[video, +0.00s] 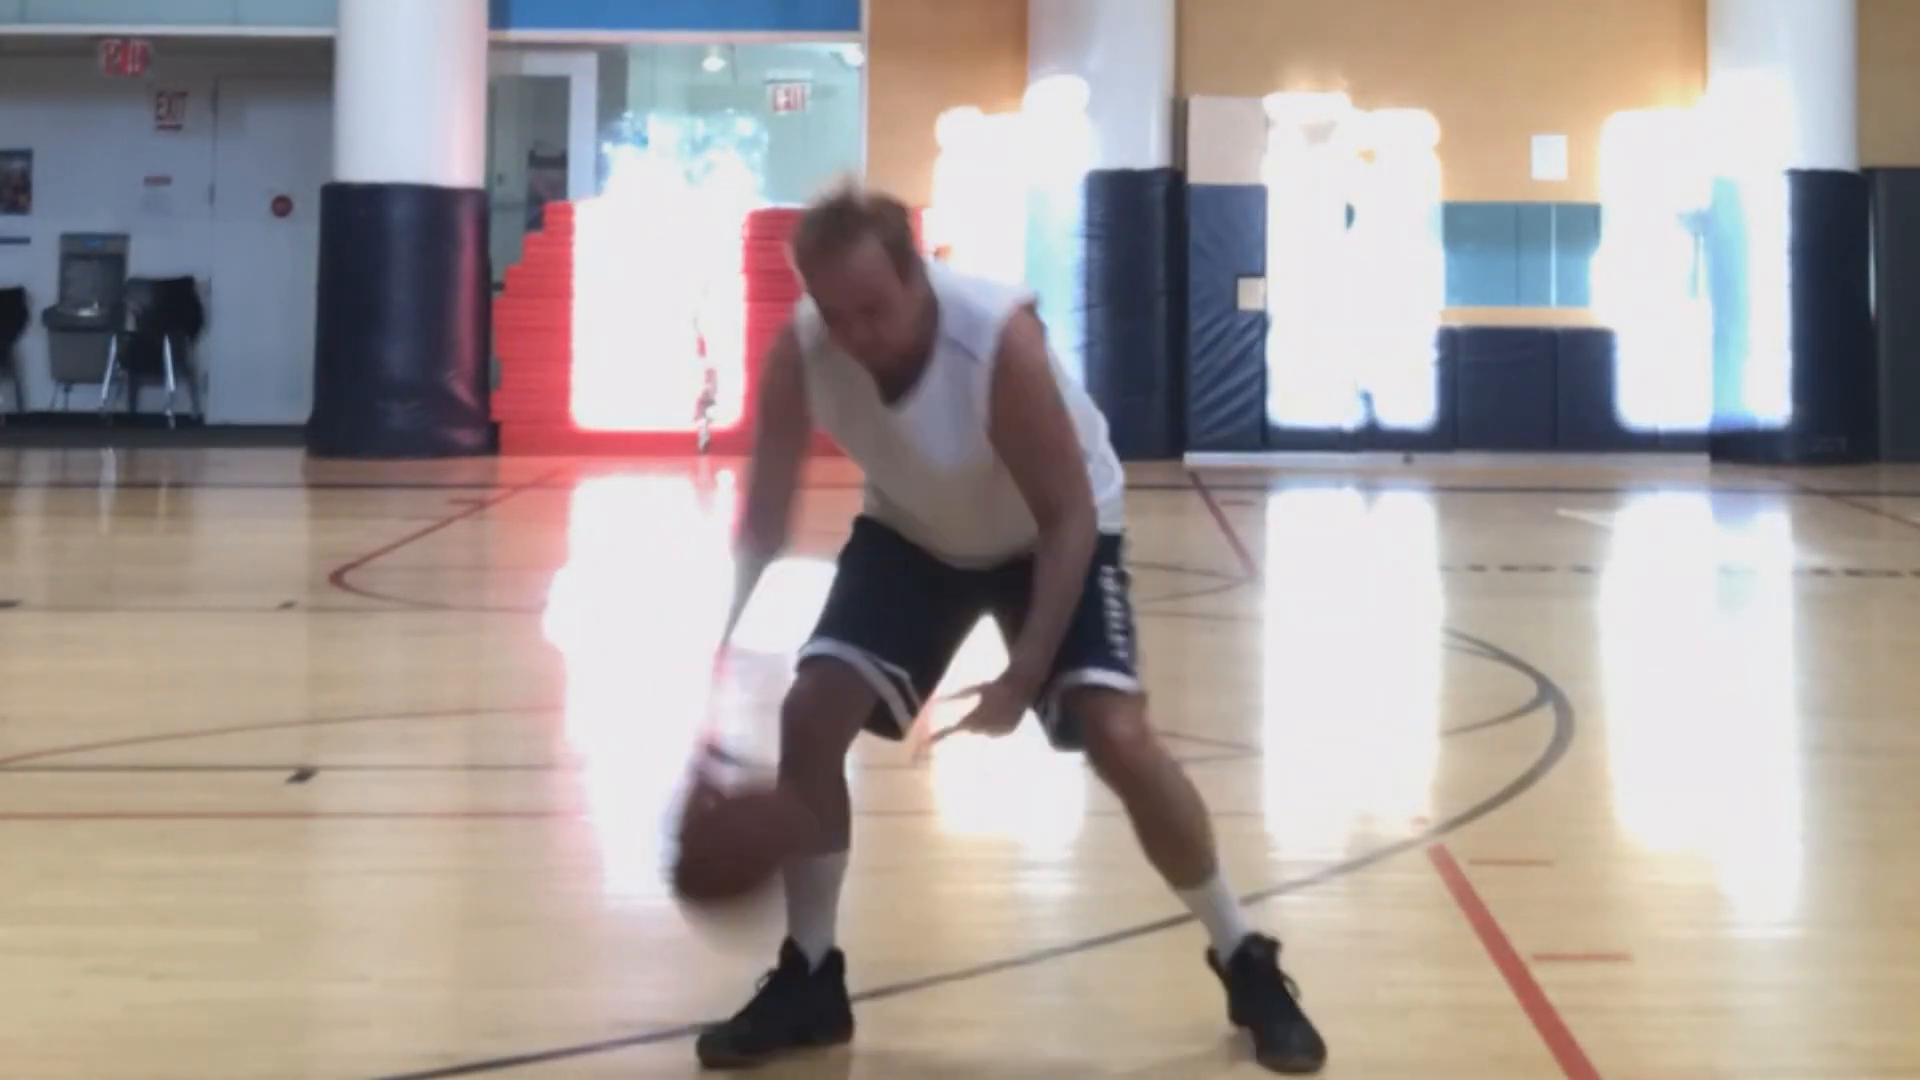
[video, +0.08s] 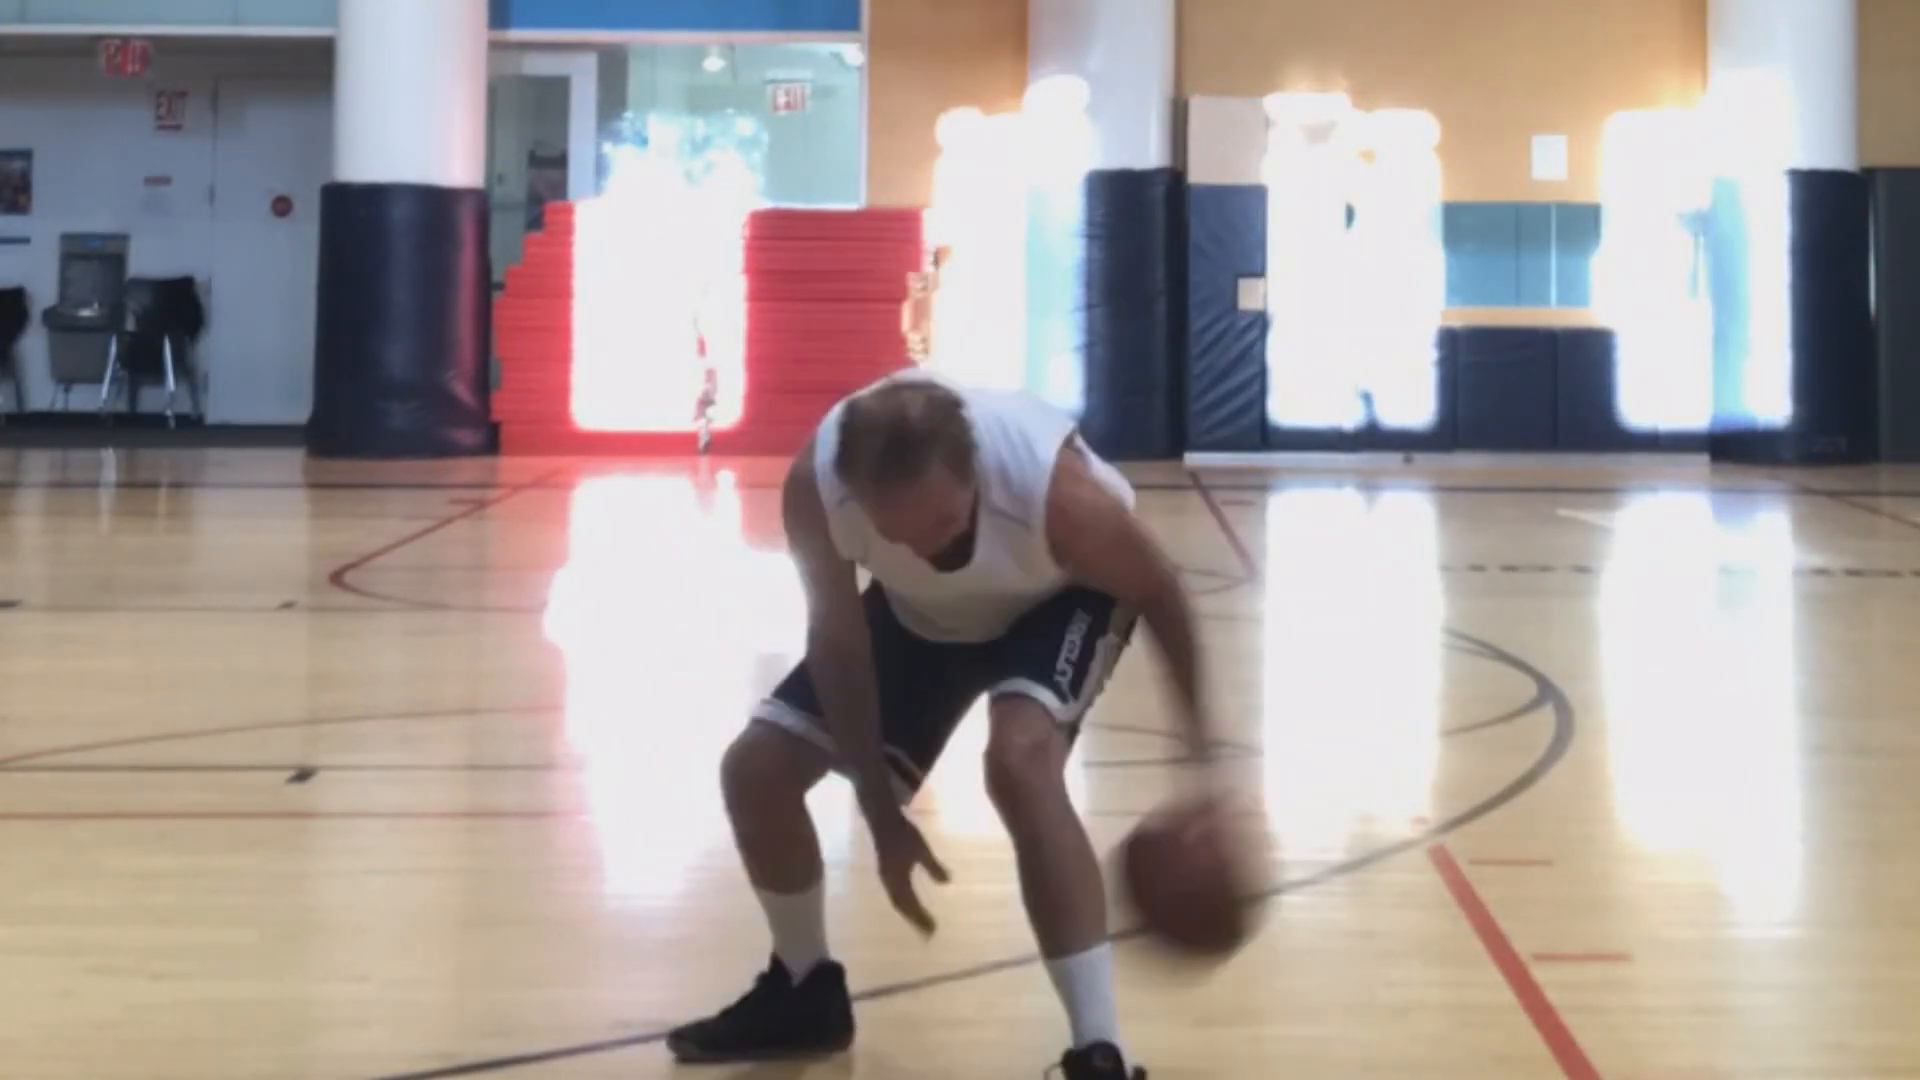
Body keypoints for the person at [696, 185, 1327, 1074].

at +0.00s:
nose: (855, 333)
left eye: (871, 309)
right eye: (834, 316)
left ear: (917, 276)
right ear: (811, 301)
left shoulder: (999, 339)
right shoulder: (802, 353)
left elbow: (1070, 518)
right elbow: (764, 520)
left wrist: (1027, 670)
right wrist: (718, 656)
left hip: (1050, 531)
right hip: (912, 533)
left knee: (1120, 741)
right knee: (810, 717)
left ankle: (1245, 962)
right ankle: (811, 980)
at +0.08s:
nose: (929, 549)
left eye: (945, 531)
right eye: (908, 538)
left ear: (971, 477)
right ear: (861, 492)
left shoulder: (1055, 492)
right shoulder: (817, 489)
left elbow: (1163, 594)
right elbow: (838, 640)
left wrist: (1203, 767)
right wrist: (880, 809)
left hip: (1062, 590)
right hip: (920, 606)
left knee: (1019, 761)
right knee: (755, 772)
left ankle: (1098, 1053)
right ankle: (805, 987)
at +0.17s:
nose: (916, 469)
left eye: (935, 442)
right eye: (889, 447)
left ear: (966, 422)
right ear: (856, 436)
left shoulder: (1041, 515)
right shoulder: (810, 494)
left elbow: (1126, 646)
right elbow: (799, 658)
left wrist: (1163, 800)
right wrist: (848, 834)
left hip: (1034, 642)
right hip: (890, 658)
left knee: (991, 769)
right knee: (698, 809)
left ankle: (1089, 1054)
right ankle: (792, 988)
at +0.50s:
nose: (919, 482)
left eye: (941, 457)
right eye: (895, 457)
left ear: (972, 438)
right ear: (861, 436)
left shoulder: (1023, 506)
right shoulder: (808, 487)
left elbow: (1097, 666)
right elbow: (778, 643)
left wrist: (1087, 829)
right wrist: (811, 804)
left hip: (1008, 654)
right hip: (870, 662)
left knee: (974, 776)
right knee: (682, 828)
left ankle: (1088, 1054)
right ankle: (777, 983)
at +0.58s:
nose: (1023, 379)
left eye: (1045, 355)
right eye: (1002, 355)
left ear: (1071, 336)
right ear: (958, 333)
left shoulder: (1107, 408)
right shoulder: (893, 391)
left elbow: (1147, 594)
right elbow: (876, 603)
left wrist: (1162, 738)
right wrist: (963, 615)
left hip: (1057, 604)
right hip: (925, 599)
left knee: (1031, 777)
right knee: (830, 779)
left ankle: (1095, 1051)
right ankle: (746, 964)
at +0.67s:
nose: (1002, 308)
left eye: (1023, 286)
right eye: (981, 284)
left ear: (1046, 271)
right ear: (934, 260)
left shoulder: (1071, 353)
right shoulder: (851, 317)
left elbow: (1136, 488)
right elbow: (730, 453)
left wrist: (1268, 588)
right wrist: (695, 617)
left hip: (983, 547)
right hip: (838, 543)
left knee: (1067, 762)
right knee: (840, 757)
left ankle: (1042, 981)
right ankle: (756, 1036)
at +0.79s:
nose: (968, 430)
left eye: (986, 413)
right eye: (948, 414)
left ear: (1003, 374)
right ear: (898, 371)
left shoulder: (1036, 413)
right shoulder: (819, 379)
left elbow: (1092, 592)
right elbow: (729, 514)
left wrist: (1125, 766)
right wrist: (711, 645)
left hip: (971, 556)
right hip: (823, 557)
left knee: (1095, 752)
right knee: (821, 750)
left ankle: (1060, 967)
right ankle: (742, 1027)